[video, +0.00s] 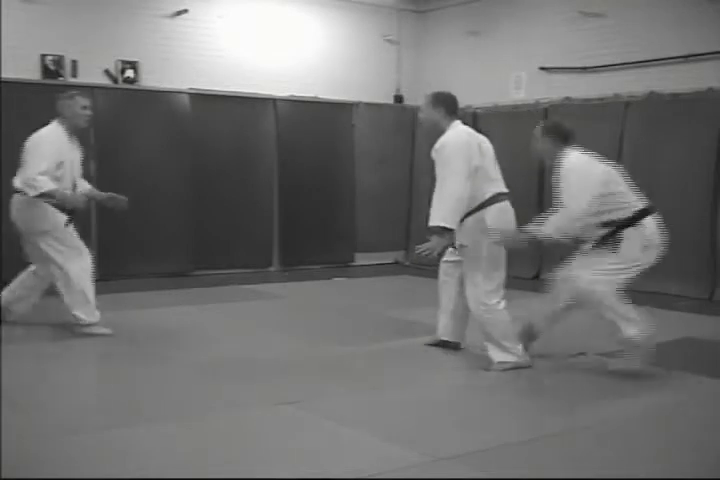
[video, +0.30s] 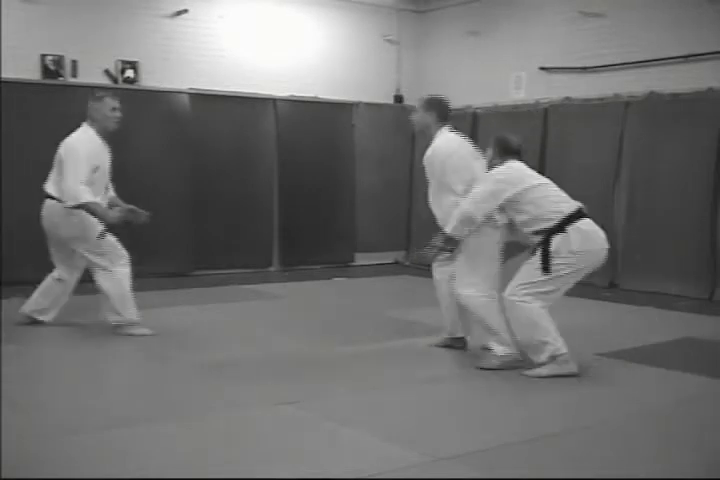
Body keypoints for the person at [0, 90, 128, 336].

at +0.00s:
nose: (89, 114)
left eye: (90, 109)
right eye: (84, 109)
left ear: (83, 112)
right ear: (65, 110)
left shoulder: (72, 144)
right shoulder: (46, 138)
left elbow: (75, 183)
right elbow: (30, 180)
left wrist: (103, 197)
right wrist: (62, 197)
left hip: (43, 208)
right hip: (33, 207)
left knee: (46, 266)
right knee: (77, 257)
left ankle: (7, 307)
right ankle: (86, 320)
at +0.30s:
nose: (118, 115)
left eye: (119, 111)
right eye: (112, 110)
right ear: (94, 111)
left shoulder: (100, 146)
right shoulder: (78, 143)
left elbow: (103, 187)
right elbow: (73, 189)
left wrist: (121, 207)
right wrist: (103, 212)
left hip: (66, 212)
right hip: (64, 211)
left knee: (68, 269)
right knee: (116, 258)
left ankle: (31, 313)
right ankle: (125, 321)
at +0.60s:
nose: (135, 106)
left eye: (135, 101)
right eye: (129, 101)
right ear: (109, 103)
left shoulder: (117, 136)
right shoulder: (94, 134)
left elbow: (119, 181)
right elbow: (92, 184)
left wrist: (131, 205)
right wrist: (125, 206)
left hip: (92, 201)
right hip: (79, 203)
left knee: (86, 260)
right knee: (117, 255)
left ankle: (55, 310)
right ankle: (122, 321)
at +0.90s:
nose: (114, 92)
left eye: (114, 88)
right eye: (109, 88)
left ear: (96, 90)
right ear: (91, 89)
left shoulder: (95, 118)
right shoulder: (85, 118)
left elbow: (114, 155)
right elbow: (84, 162)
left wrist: (146, 160)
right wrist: (118, 176)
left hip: (84, 192)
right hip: (87, 194)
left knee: (72, 253)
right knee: (113, 253)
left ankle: (46, 307)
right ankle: (122, 319)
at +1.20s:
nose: (123, 116)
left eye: (123, 111)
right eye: (118, 111)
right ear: (100, 112)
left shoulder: (108, 147)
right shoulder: (83, 142)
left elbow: (120, 185)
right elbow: (75, 186)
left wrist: (146, 201)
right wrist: (112, 202)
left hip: (90, 214)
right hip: (75, 213)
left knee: (65, 264)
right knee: (128, 254)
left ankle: (27, 312)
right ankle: (132, 320)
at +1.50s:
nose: (185, 95)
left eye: (184, 89)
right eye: (180, 89)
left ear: (168, 91)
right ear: (165, 90)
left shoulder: (164, 122)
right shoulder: (144, 118)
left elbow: (161, 164)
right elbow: (130, 164)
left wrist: (176, 179)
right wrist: (166, 178)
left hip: (144, 198)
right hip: (130, 197)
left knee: (121, 255)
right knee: (141, 259)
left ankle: (78, 302)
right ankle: (138, 322)